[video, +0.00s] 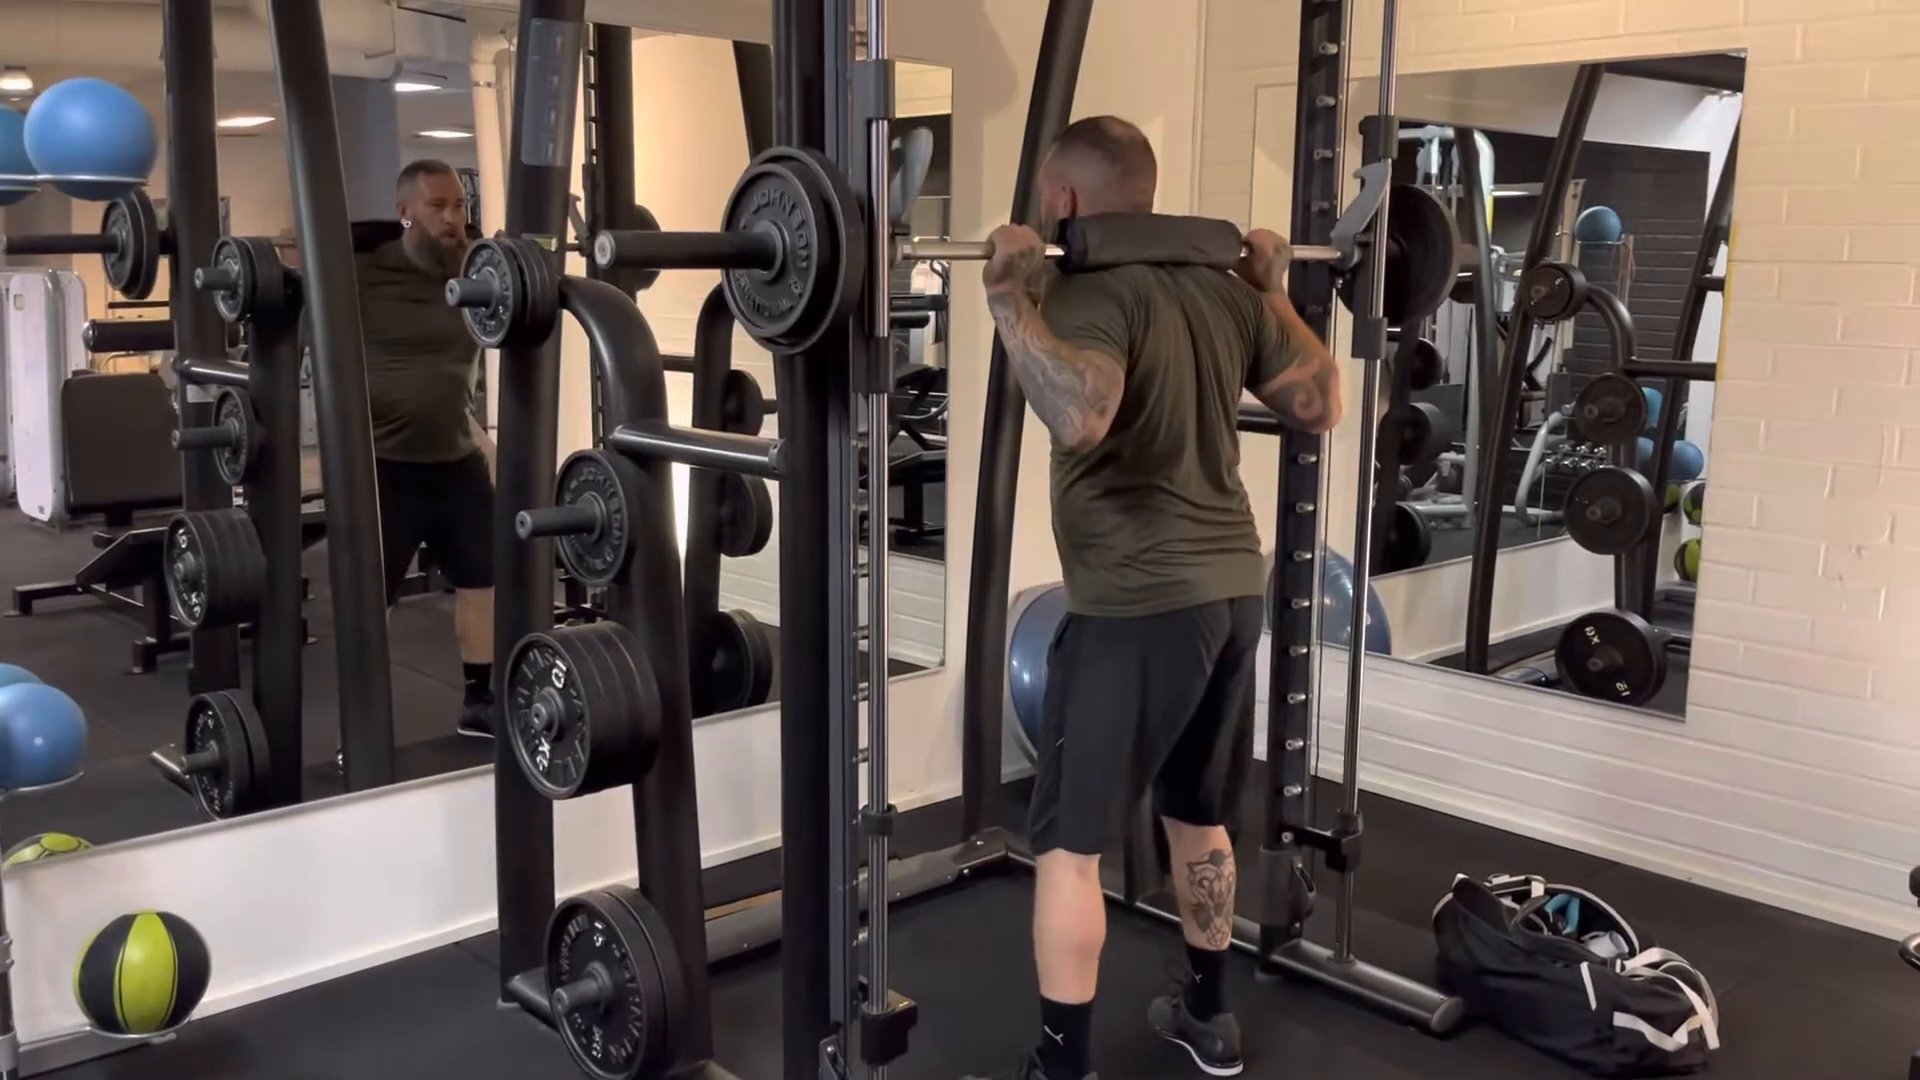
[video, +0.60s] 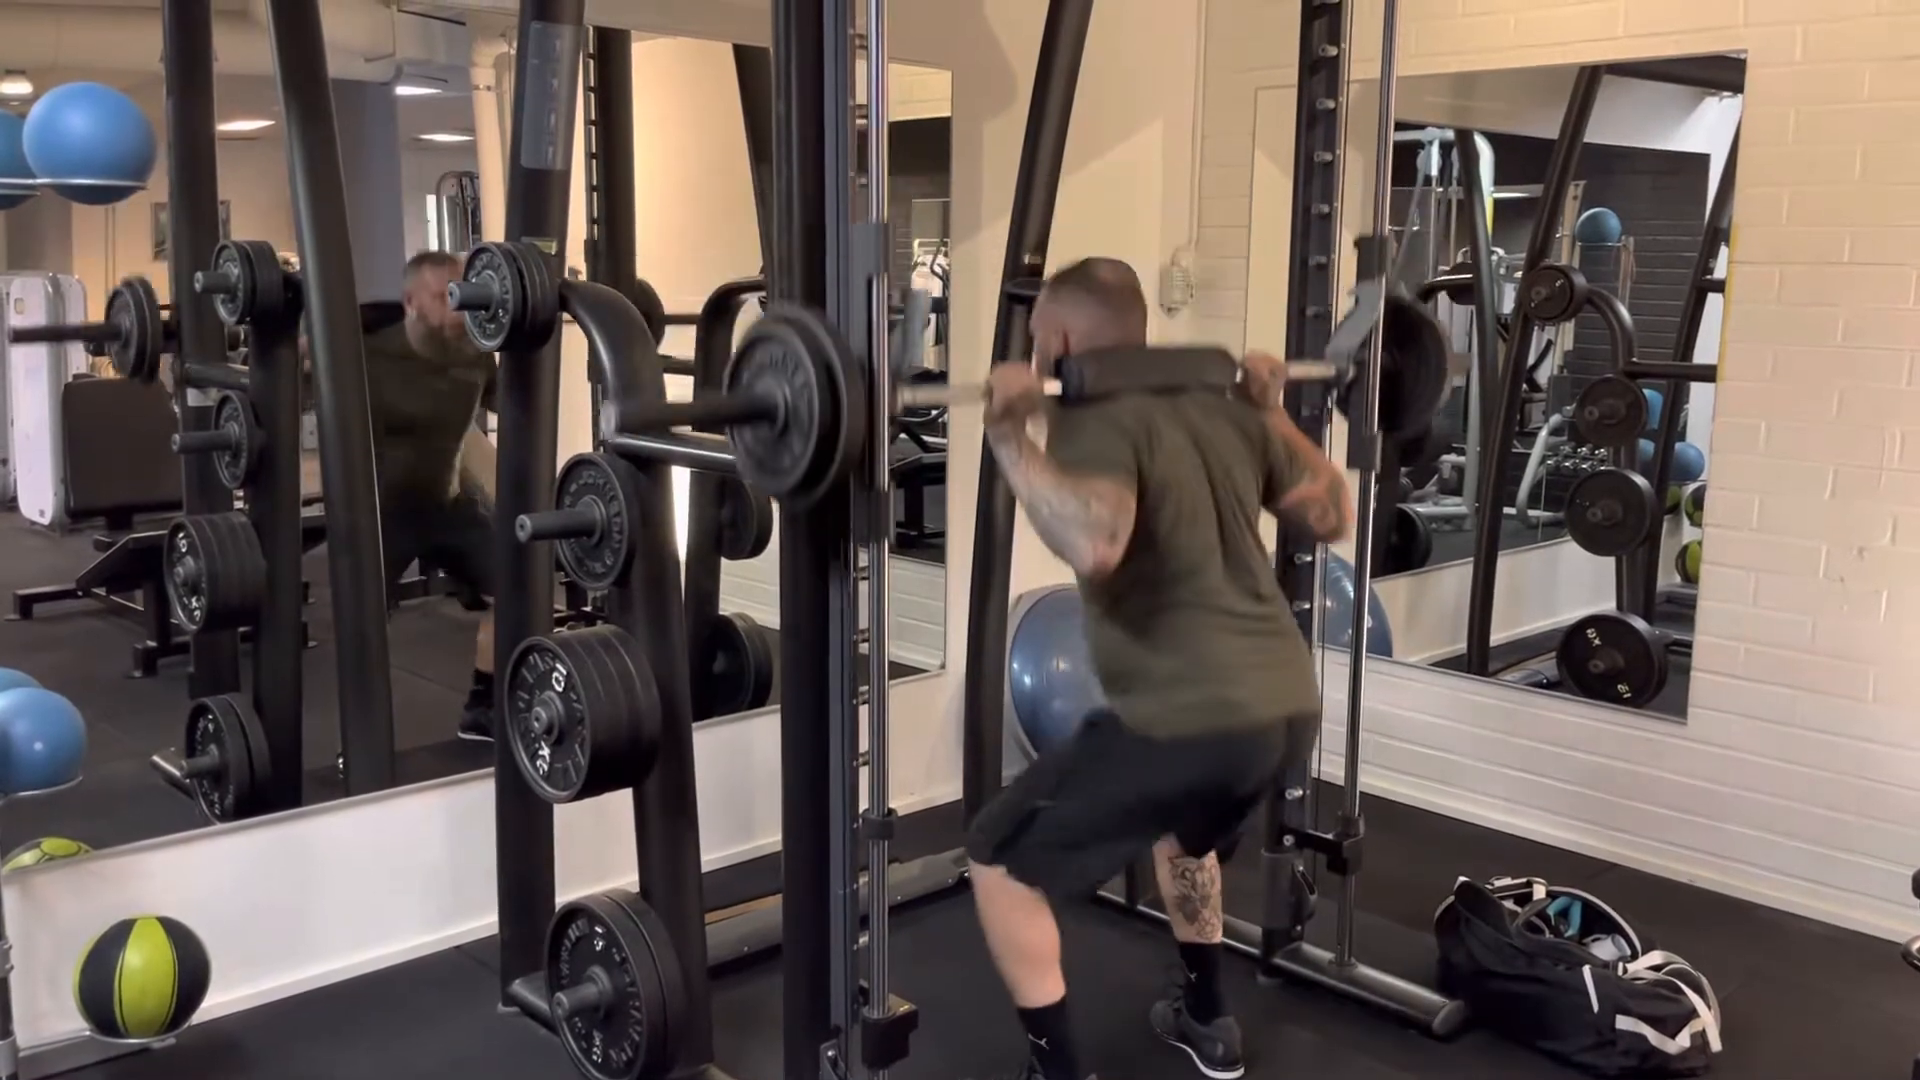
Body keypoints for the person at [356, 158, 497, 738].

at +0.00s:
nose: (454, 217)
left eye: (459, 205)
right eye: (440, 206)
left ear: (466, 210)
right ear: (405, 212)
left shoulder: (473, 273)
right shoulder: (360, 274)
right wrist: (279, 268)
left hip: (458, 459)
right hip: (381, 463)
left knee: (482, 574)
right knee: (365, 594)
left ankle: (482, 699)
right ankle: (359, 714)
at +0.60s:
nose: (460, 308)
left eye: (462, 296)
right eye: (447, 297)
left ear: (467, 295)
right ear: (413, 300)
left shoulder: (477, 360)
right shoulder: (368, 350)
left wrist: (515, 490)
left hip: (445, 509)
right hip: (378, 512)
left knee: (516, 570)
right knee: (363, 620)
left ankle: (485, 702)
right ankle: (359, 737)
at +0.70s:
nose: (457, 351)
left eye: (464, 336)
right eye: (443, 336)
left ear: (474, 338)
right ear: (410, 338)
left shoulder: (476, 389)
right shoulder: (367, 387)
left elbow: (510, 433)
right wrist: (294, 382)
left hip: (443, 529)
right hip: (372, 533)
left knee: (519, 585)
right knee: (362, 623)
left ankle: (484, 706)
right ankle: (361, 738)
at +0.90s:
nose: (459, 411)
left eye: (466, 397)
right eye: (446, 398)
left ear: (474, 397)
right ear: (411, 400)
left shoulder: (480, 446)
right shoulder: (367, 445)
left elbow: (517, 492)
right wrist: (292, 451)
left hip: (441, 577)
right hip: (369, 582)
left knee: (514, 590)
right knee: (359, 626)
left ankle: (483, 707)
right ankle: (358, 741)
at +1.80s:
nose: (449, 331)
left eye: (452, 317)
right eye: (434, 319)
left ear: (463, 321)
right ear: (403, 326)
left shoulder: (471, 382)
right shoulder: (362, 383)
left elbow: (506, 436)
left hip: (435, 527)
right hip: (365, 532)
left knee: (508, 587)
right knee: (359, 628)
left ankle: (479, 711)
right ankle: (355, 744)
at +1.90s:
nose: (447, 295)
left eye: (452, 284)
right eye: (434, 284)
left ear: (460, 288)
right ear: (402, 289)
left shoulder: (470, 352)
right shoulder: (362, 350)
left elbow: (511, 416)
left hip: (438, 508)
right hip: (373, 511)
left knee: (503, 572)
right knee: (361, 625)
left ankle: (480, 710)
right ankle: (354, 744)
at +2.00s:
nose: (448, 262)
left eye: (453, 250)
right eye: (435, 251)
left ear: (460, 252)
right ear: (402, 256)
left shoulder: (465, 318)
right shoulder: (363, 319)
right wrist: (274, 298)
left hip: (442, 490)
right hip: (374, 494)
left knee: (494, 584)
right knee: (361, 621)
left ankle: (478, 714)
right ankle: (354, 734)